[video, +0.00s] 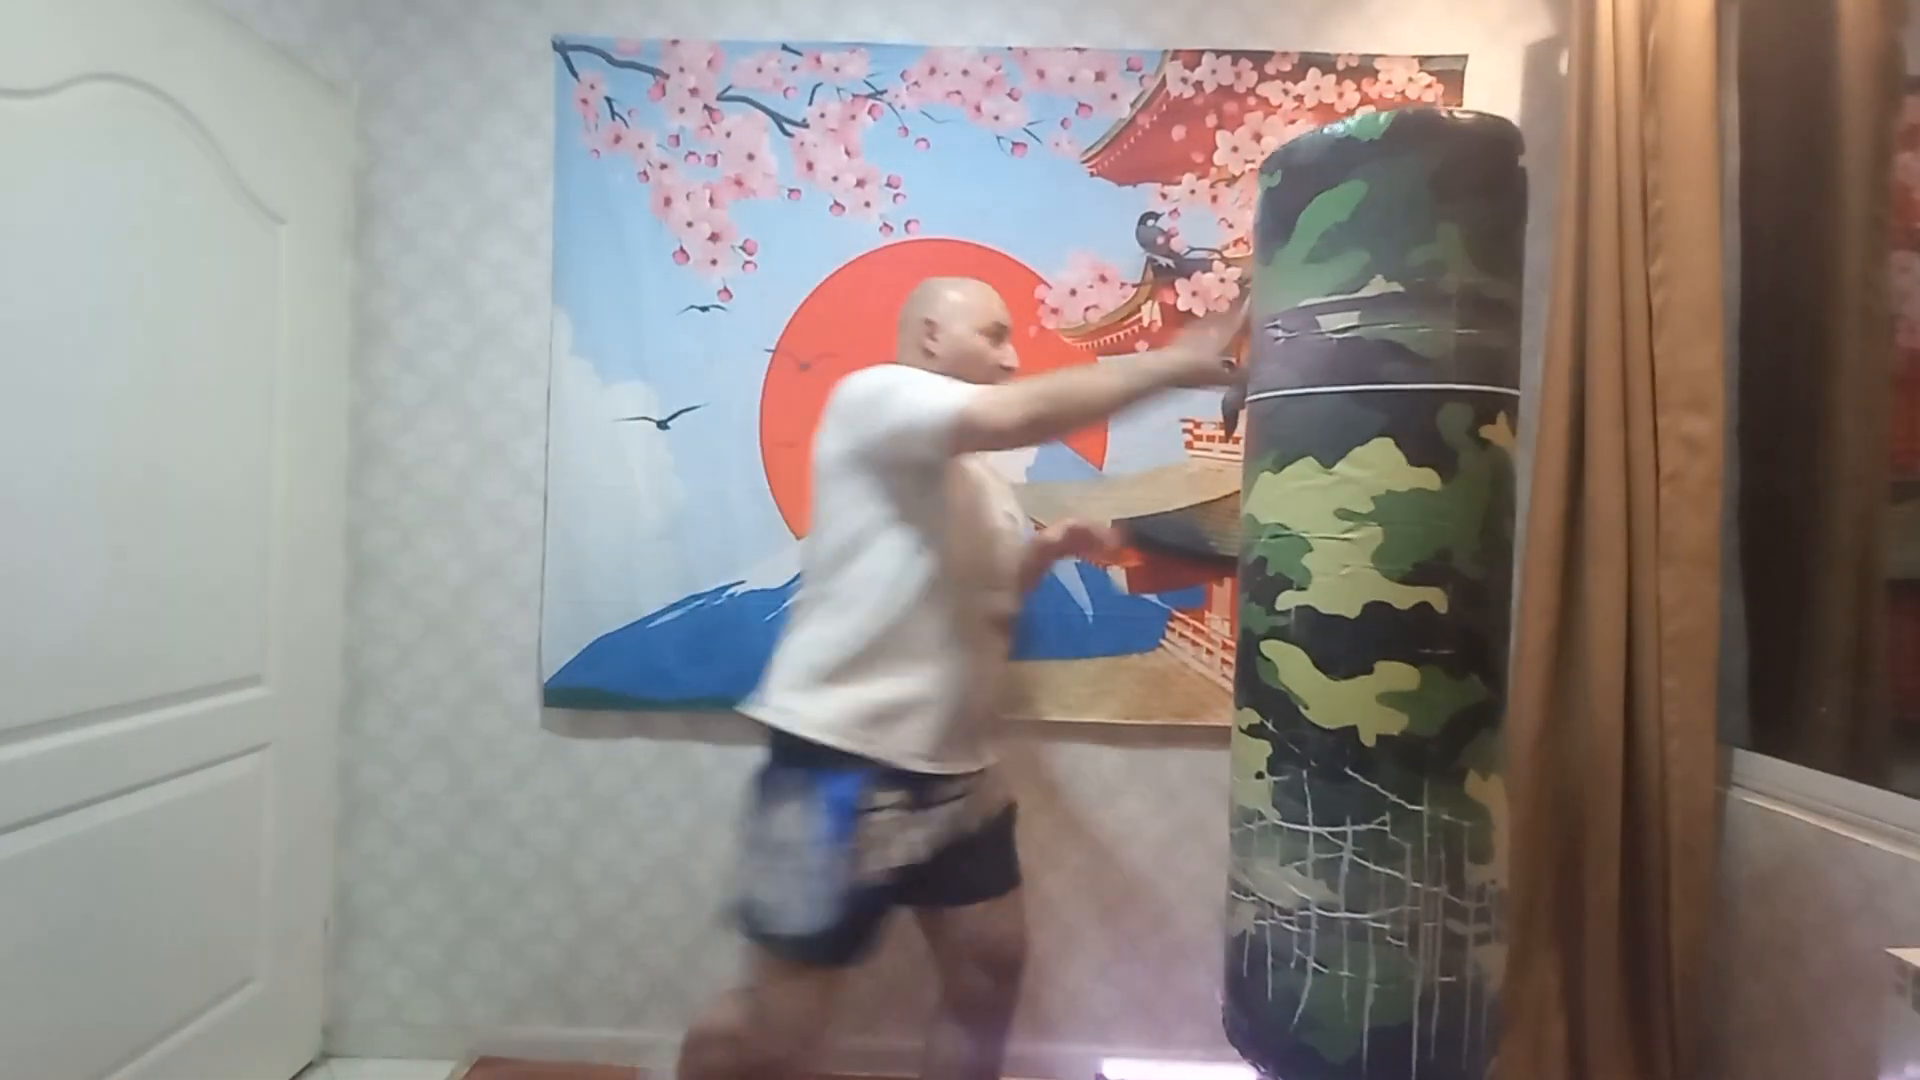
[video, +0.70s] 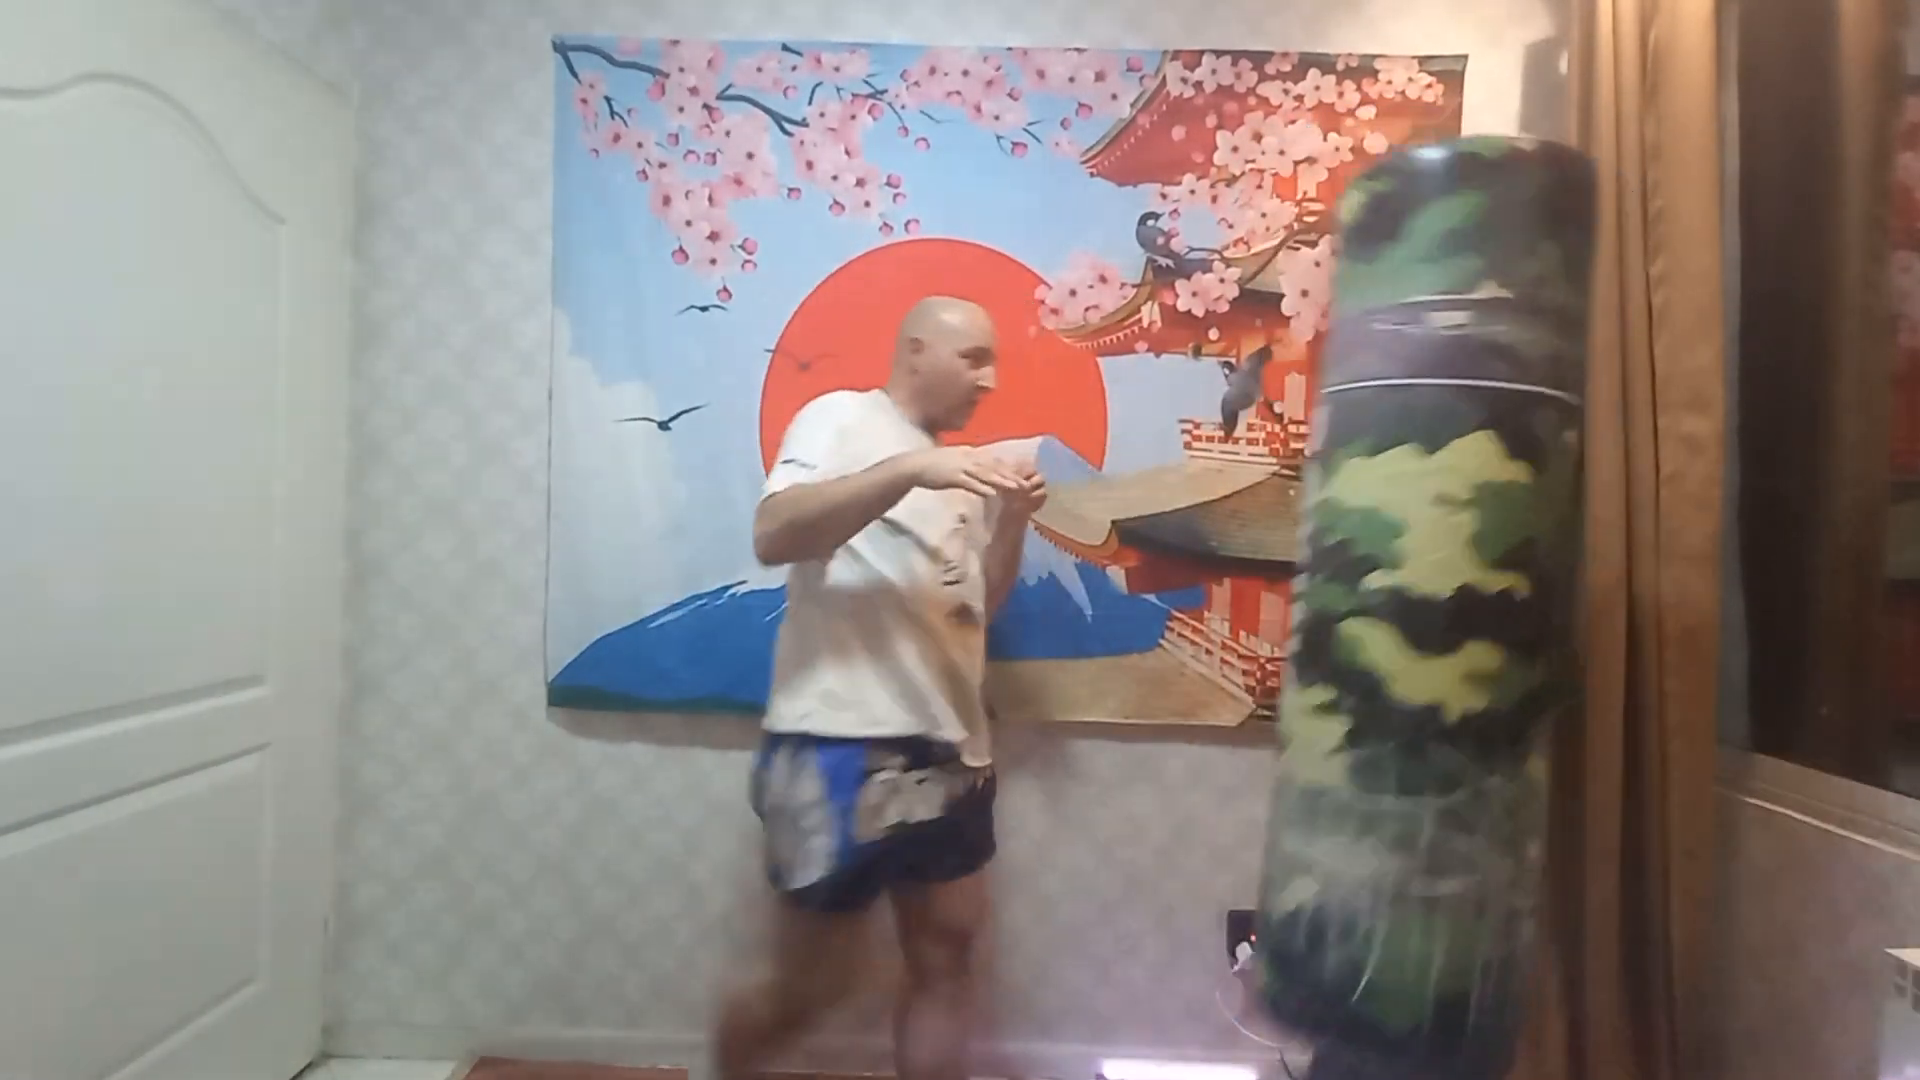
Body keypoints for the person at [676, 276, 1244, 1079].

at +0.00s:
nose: (1011, 355)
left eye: (1012, 339)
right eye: (992, 335)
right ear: (928, 335)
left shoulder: (993, 467)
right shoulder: (870, 401)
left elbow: (985, 600)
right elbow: (1020, 410)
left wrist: (1050, 547)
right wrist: (1181, 361)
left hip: (952, 768)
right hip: (835, 763)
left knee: (988, 979)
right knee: (777, 1030)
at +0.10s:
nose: (1032, 369)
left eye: (1032, 352)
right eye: (1018, 349)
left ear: (966, 344)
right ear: (959, 343)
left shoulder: (970, 441)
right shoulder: (922, 401)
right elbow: (1042, 455)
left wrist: (1037, 529)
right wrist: (1213, 395)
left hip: (947, 723)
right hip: (904, 715)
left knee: (971, 979)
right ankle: (692, 985)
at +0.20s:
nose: (1037, 371)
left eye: (1041, 353)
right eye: (1028, 350)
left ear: (967, 343)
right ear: (973, 341)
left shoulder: (924, 416)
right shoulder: (936, 396)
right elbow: (984, 497)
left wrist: (1027, 467)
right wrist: (1167, 448)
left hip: (879, 707)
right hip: (923, 694)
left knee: (969, 944)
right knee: (1157, 798)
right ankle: (1032, 973)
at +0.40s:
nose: (1047, 383)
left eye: (1048, 368)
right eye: (1037, 364)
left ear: (1002, 362)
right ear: (976, 354)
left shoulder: (999, 459)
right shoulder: (913, 411)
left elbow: (999, 592)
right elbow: (871, 520)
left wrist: (1050, 502)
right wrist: (1038, 524)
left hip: (925, 678)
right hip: (903, 669)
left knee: (951, 949)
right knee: (1110, 794)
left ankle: (940, 1074)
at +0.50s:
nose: (1040, 386)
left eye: (1042, 369)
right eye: (1027, 365)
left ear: (979, 362)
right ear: (970, 358)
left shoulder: (991, 474)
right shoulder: (903, 408)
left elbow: (1014, 603)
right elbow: (825, 513)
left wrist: (1053, 511)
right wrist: (973, 503)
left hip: (945, 687)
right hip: (886, 677)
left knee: (946, 955)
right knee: (1053, 859)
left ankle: (941, 1074)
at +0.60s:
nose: (1020, 382)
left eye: (1023, 366)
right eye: (1007, 362)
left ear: (965, 358)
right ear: (948, 354)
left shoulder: (992, 464)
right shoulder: (875, 410)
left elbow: (998, 600)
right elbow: (796, 520)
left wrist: (1032, 513)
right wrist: (940, 474)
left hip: (955, 711)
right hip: (871, 702)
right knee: (942, 957)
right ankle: (805, 1066)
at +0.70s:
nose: (988, 379)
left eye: (992, 363)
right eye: (974, 359)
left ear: (939, 358)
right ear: (916, 351)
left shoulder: (971, 464)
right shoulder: (837, 417)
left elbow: (986, 596)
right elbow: (774, 535)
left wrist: (1012, 521)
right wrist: (913, 466)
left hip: (944, 742)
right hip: (831, 737)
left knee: (947, 963)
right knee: (820, 974)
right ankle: (733, 1054)